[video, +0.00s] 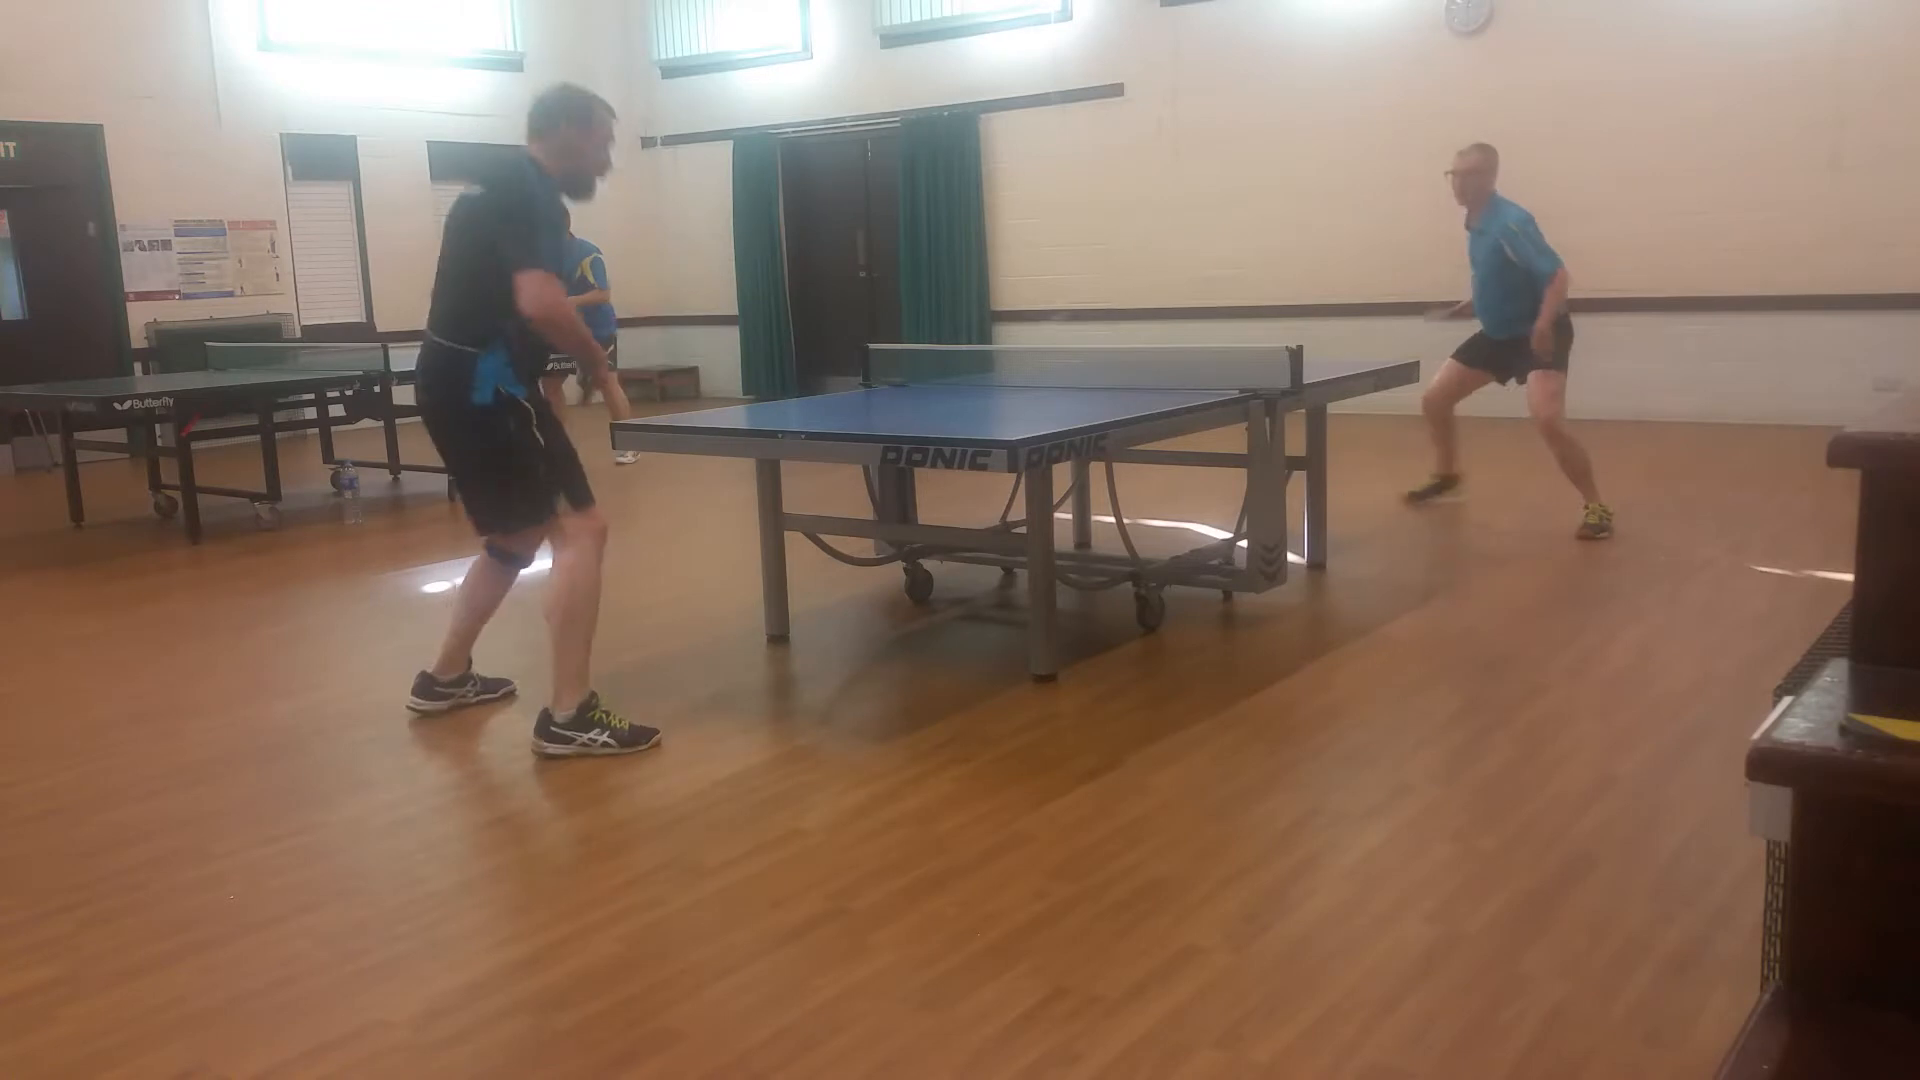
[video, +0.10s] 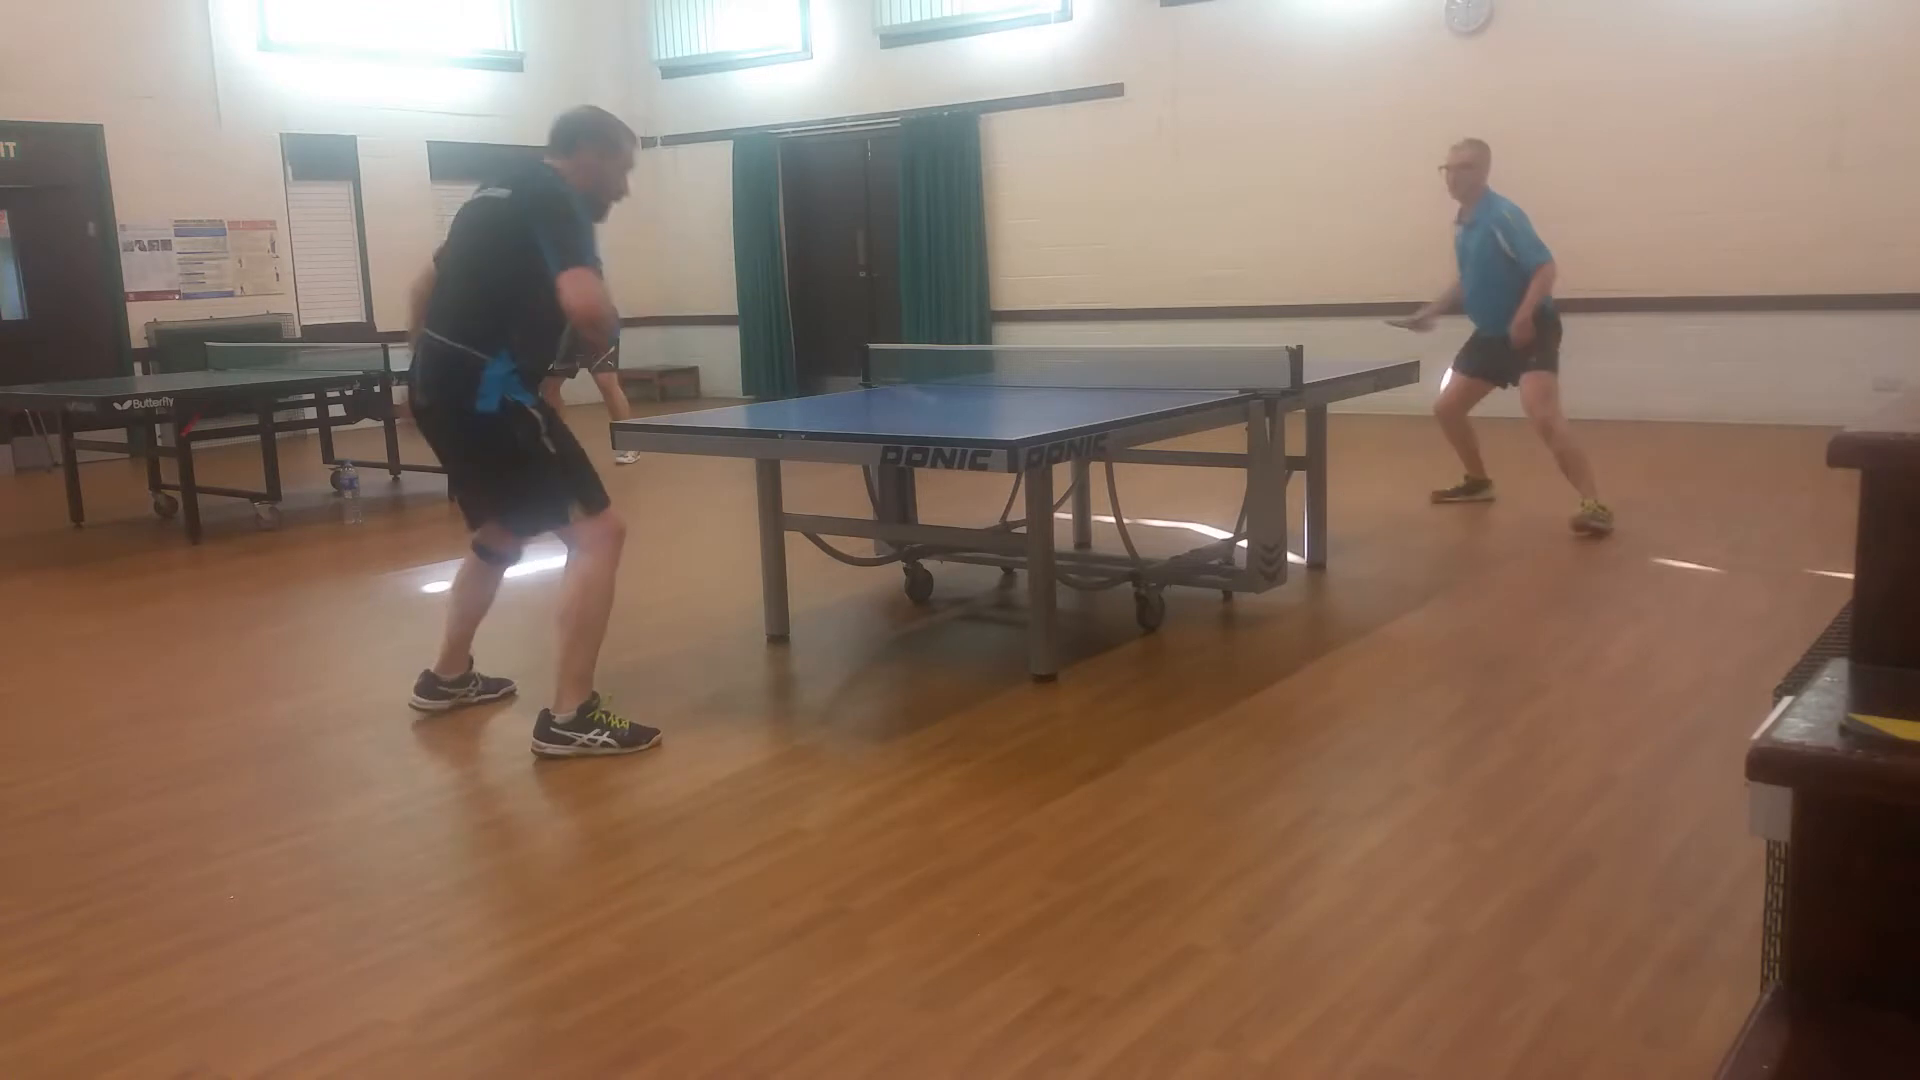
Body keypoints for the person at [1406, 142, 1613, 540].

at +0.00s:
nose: (1454, 183)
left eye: (1462, 176)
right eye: (1453, 176)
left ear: (1486, 179)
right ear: (1459, 179)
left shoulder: (1513, 223)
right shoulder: (1476, 220)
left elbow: (1559, 277)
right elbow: (1500, 277)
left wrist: (1544, 325)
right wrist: (1472, 306)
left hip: (1541, 333)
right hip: (1497, 335)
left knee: (1546, 419)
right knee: (1435, 400)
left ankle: (1595, 506)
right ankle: (1447, 475)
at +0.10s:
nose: (1450, 177)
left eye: (1459, 170)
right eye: (1447, 170)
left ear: (1481, 173)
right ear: (1447, 174)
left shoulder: (1504, 215)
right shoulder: (1465, 221)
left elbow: (1545, 269)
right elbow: (1471, 282)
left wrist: (1524, 316)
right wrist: (1434, 309)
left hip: (1532, 329)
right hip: (1490, 334)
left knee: (1543, 415)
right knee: (1448, 409)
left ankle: (1593, 504)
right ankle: (1477, 481)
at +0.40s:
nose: (1414, 156)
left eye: (1421, 148)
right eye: (1413, 149)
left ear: (1444, 149)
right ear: (1425, 153)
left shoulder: (1469, 188)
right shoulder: (1436, 199)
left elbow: (1500, 237)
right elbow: (1425, 266)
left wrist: (1473, 290)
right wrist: (1388, 287)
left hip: (1494, 305)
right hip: (1457, 310)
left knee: (1484, 405)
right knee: (1428, 391)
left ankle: (1549, 471)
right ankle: (1461, 469)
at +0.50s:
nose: (1403, 168)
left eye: (1411, 160)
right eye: (1401, 161)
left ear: (1432, 162)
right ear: (1403, 165)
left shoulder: (1453, 201)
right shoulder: (1428, 208)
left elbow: (1473, 256)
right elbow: (1427, 272)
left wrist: (1440, 306)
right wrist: (1388, 298)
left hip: (1484, 312)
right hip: (1454, 315)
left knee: (1484, 412)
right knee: (1412, 389)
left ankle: (1554, 475)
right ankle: (1414, 474)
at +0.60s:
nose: (1379, 183)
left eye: (1385, 175)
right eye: (1378, 176)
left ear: (1408, 174)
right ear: (1398, 177)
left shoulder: (1428, 212)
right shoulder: (1411, 216)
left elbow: (1440, 270)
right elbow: (1417, 282)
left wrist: (1405, 315)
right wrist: (1377, 310)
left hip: (1471, 318)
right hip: (1443, 320)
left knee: (1454, 421)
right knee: (1400, 393)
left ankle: (1535, 468)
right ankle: (1408, 477)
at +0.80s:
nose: (1348, 200)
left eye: (1354, 192)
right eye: (1348, 193)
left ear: (1376, 189)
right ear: (1376, 190)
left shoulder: (1396, 220)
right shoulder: (1389, 223)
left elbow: (1390, 282)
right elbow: (1397, 285)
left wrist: (1356, 319)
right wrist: (1376, 316)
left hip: (1450, 319)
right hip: (1430, 322)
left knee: (1412, 409)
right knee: (1378, 394)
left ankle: (1480, 491)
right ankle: (1404, 472)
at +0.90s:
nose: (1337, 214)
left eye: (1342, 206)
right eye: (1337, 207)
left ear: (1362, 203)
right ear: (1370, 204)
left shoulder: (1377, 233)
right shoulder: (1392, 230)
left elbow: (1362, 293)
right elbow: (1397, 296)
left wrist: (1332, 323)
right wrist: (1358, 309)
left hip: (1430, 330)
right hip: (1423, 328)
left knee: (1406, 424)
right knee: (1358, 383)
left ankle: (1480, 491)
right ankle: (1380, 464)